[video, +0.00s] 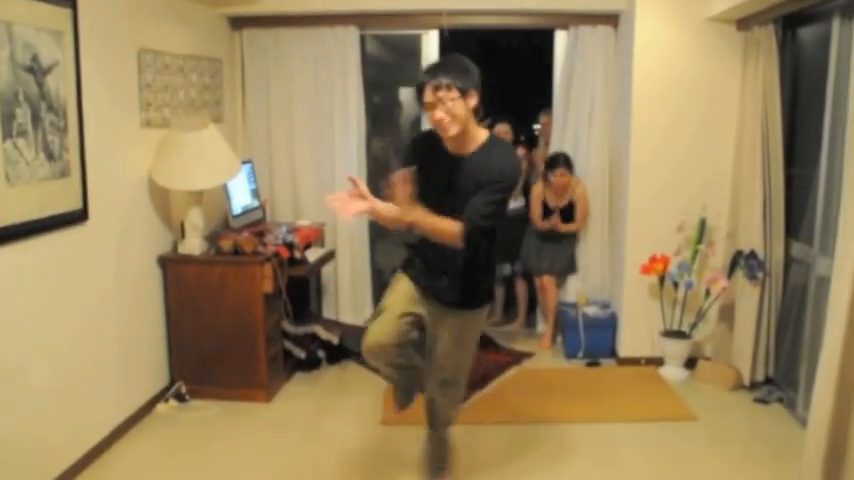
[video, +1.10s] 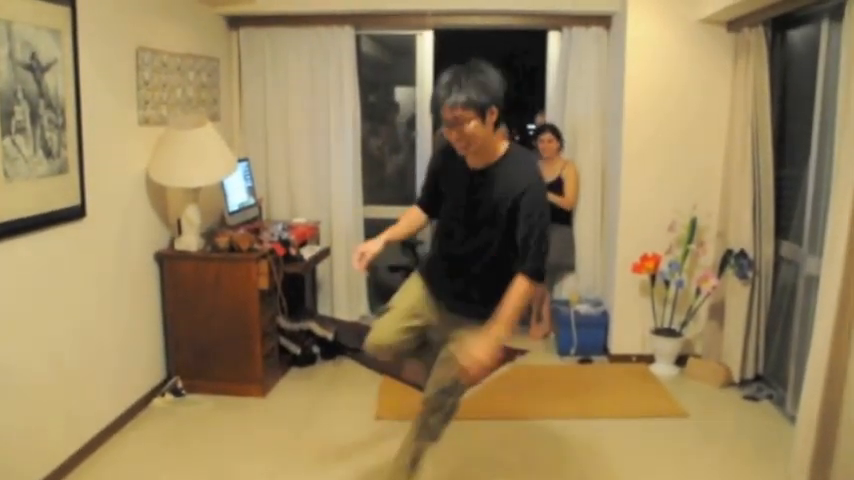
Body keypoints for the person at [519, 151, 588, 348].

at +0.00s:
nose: (559, 180)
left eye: (563, 175)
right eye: (554, 175)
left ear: (571, 175)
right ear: (547, 176)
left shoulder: (578, 190)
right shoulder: (538, 189)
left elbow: (580, 223)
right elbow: (536, 221)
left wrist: (561, 227)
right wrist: (549, 224)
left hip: (564, 235)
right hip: (539, 235)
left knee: (548, 279)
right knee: (539, 281)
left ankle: (550, 329)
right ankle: (550, 325)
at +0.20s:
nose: (554, 154)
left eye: (559, 149)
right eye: (550, 150)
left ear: (568, 152)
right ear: (545, 153)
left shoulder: (576, 173)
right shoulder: (539, 173)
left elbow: (578, 209)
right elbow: (533, 203)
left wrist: (563, 194)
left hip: (564, 229)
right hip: (542, 227)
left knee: (548, 278)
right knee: (544, 279)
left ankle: (549, 329)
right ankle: (550, 327)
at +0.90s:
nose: (546, 146)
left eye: (551, 141)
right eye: (543, 141)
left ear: (560, 144)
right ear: (538, 146)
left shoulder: (569, 165)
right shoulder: (537, 167)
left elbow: (569, 198)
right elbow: (531, 198)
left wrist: (561, 171)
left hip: (561, 225)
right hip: (539, 224)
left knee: (538, 274)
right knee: (544, 279)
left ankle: (536, 319)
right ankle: (548, 323)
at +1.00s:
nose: (545, 146)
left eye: (550, 141)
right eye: (542, 141)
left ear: (559, 144)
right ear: (537, 145)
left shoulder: (568, 166)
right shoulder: (538, 167)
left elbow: (568, 200)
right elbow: (532, 197)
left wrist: (553, 177)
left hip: (559, 225)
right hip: (539, 223)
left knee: (538, 273)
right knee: (543, 279)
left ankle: (535, 319)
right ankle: (547, 323)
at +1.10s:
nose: (545, 146)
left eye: (550, 141)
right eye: (541, 141)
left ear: (559, 144)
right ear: (536, 145)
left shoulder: (567, 167)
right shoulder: (534, 168)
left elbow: (569, 202)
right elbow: (529, 195)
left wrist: (544, 194)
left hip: (558, 226)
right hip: (537, 224)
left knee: (544, 274)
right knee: (539, 274)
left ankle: (535, 319)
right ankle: (545, 320)